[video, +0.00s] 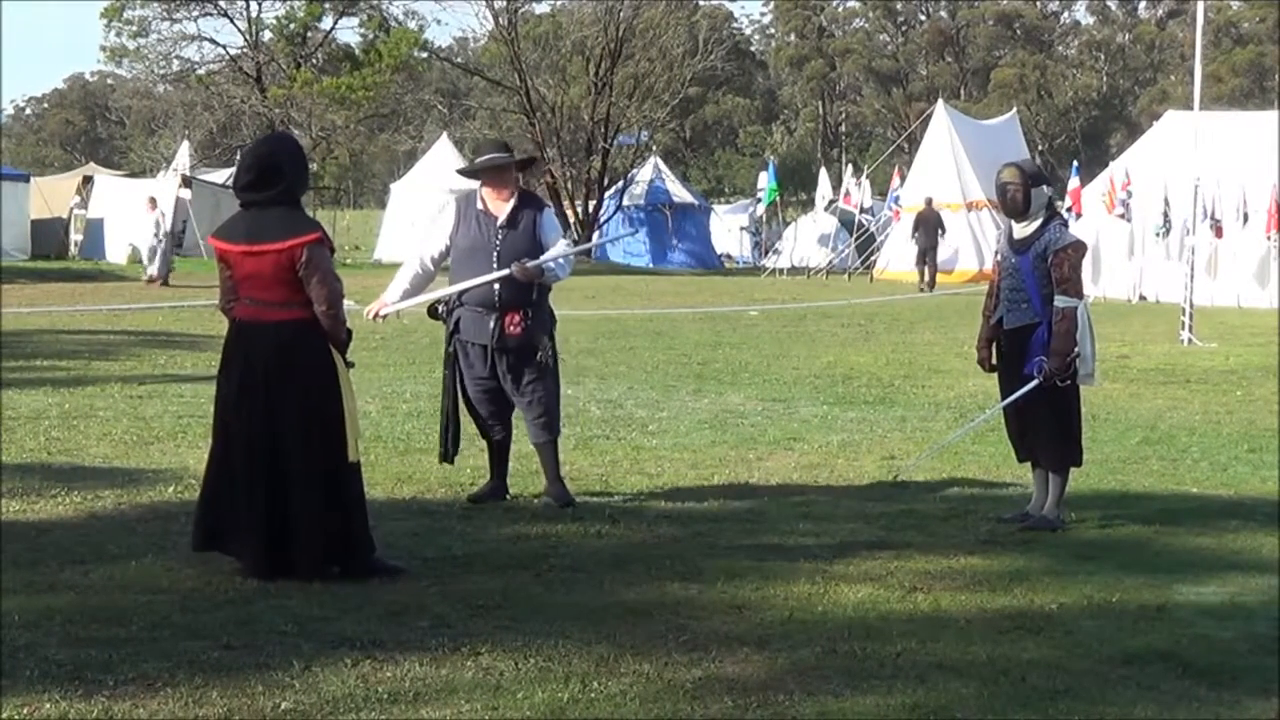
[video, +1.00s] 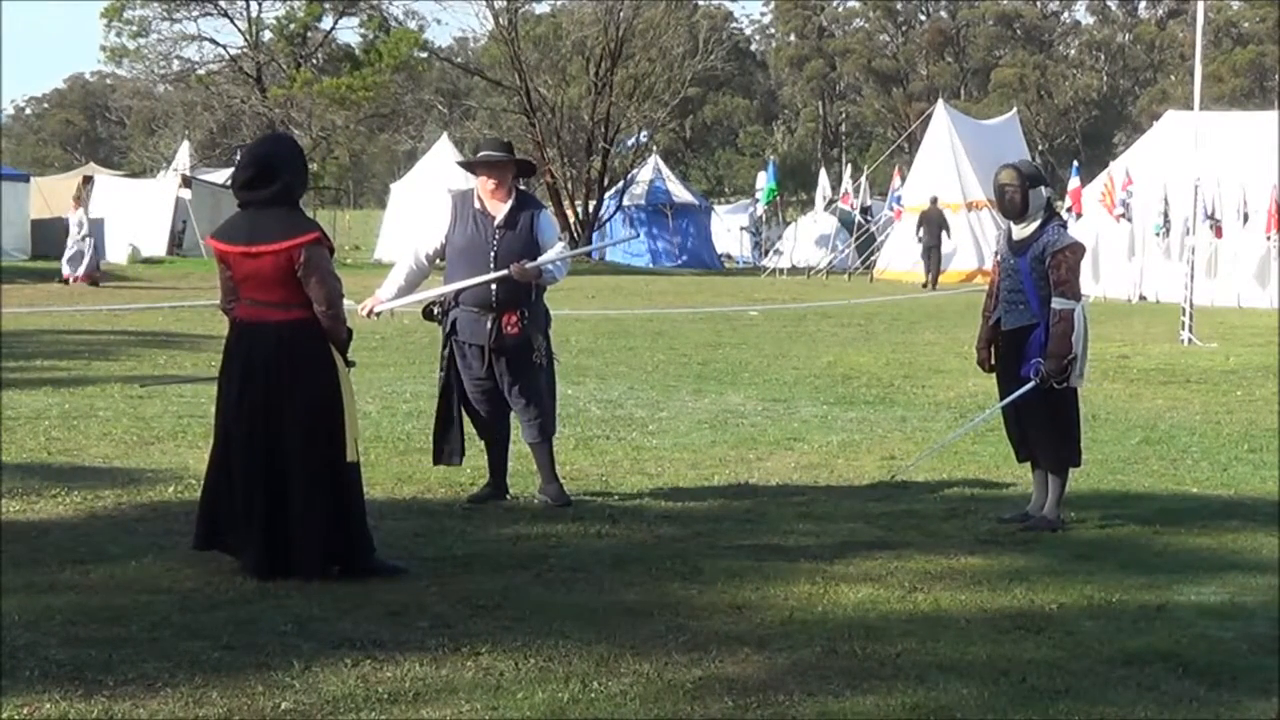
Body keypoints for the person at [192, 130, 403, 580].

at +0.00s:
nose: (306, 180)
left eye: (304, 172)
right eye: (302, 172)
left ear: (248, 176)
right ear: (293, 177)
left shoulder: (228, 233)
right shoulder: (304, 233)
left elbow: (228, 301)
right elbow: (326, 306)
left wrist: (251, 328)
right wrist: (342, 339)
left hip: (247, 345)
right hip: (299, 347)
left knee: (253, 444)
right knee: (312, 444)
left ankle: (259, 550)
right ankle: (322, 549)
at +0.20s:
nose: (305, 180)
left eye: (303, 172)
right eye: (301, 173)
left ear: (247, 176)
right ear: (292, 178)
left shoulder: (226, 234)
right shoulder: (303, 234)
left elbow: (227, 302)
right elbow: (326, 308)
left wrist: (252, 327)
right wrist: (342, 339)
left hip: (246, 344)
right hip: (299, 345)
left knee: (253, 442)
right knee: (312, 443)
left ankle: (257, 549)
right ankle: (321, 548)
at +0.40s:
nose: (305, 181)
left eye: (303, 173)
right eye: (301, 174)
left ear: (246, 176)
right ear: (292, 179)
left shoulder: (225, 235)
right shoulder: (302, 235)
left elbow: (228, 302)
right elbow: (325, 307)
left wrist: (253, 326)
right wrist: (342, 340)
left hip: (246, 344)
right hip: (299, 346)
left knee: (253, 442)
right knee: (312, 443)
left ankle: (257, 549)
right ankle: (319, 548)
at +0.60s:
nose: (304, 181)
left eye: (303, 174)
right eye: (301, 174)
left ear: (247, 175)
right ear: (292, 178)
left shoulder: (225, 234)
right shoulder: (302, 235)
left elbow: (228, 302)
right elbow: (325, 309)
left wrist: (253, 328)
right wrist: (342, 340)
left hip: (247, 345)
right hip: (299, 347)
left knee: (252, 443)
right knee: (312, 444)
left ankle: (257, 548)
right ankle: (321, 548)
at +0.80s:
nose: (305, 181)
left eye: (303, 173)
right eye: (301, 173)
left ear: (247, 175)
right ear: (292, 178)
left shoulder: (226, 234)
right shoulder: (302, 234)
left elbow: (229, 302)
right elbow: (326, 308)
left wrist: (251, 329)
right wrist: (341, 341)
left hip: (247, 345)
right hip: (299, 347)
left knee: (253, 443)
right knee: (312, 443)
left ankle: (258, 548)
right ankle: (321, 547)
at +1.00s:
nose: (305, 180)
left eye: (303, 172)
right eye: (301, 173)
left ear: (248, 175)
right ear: (292, 177)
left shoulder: (226, 234)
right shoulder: (303, 233)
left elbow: (229, 301)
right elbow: (327, 305)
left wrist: (246, 332)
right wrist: (341, 341)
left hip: (247, 345)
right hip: (299, 346)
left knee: (253, 443)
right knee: (312, 443)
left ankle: (258, 548)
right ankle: (320, 547)